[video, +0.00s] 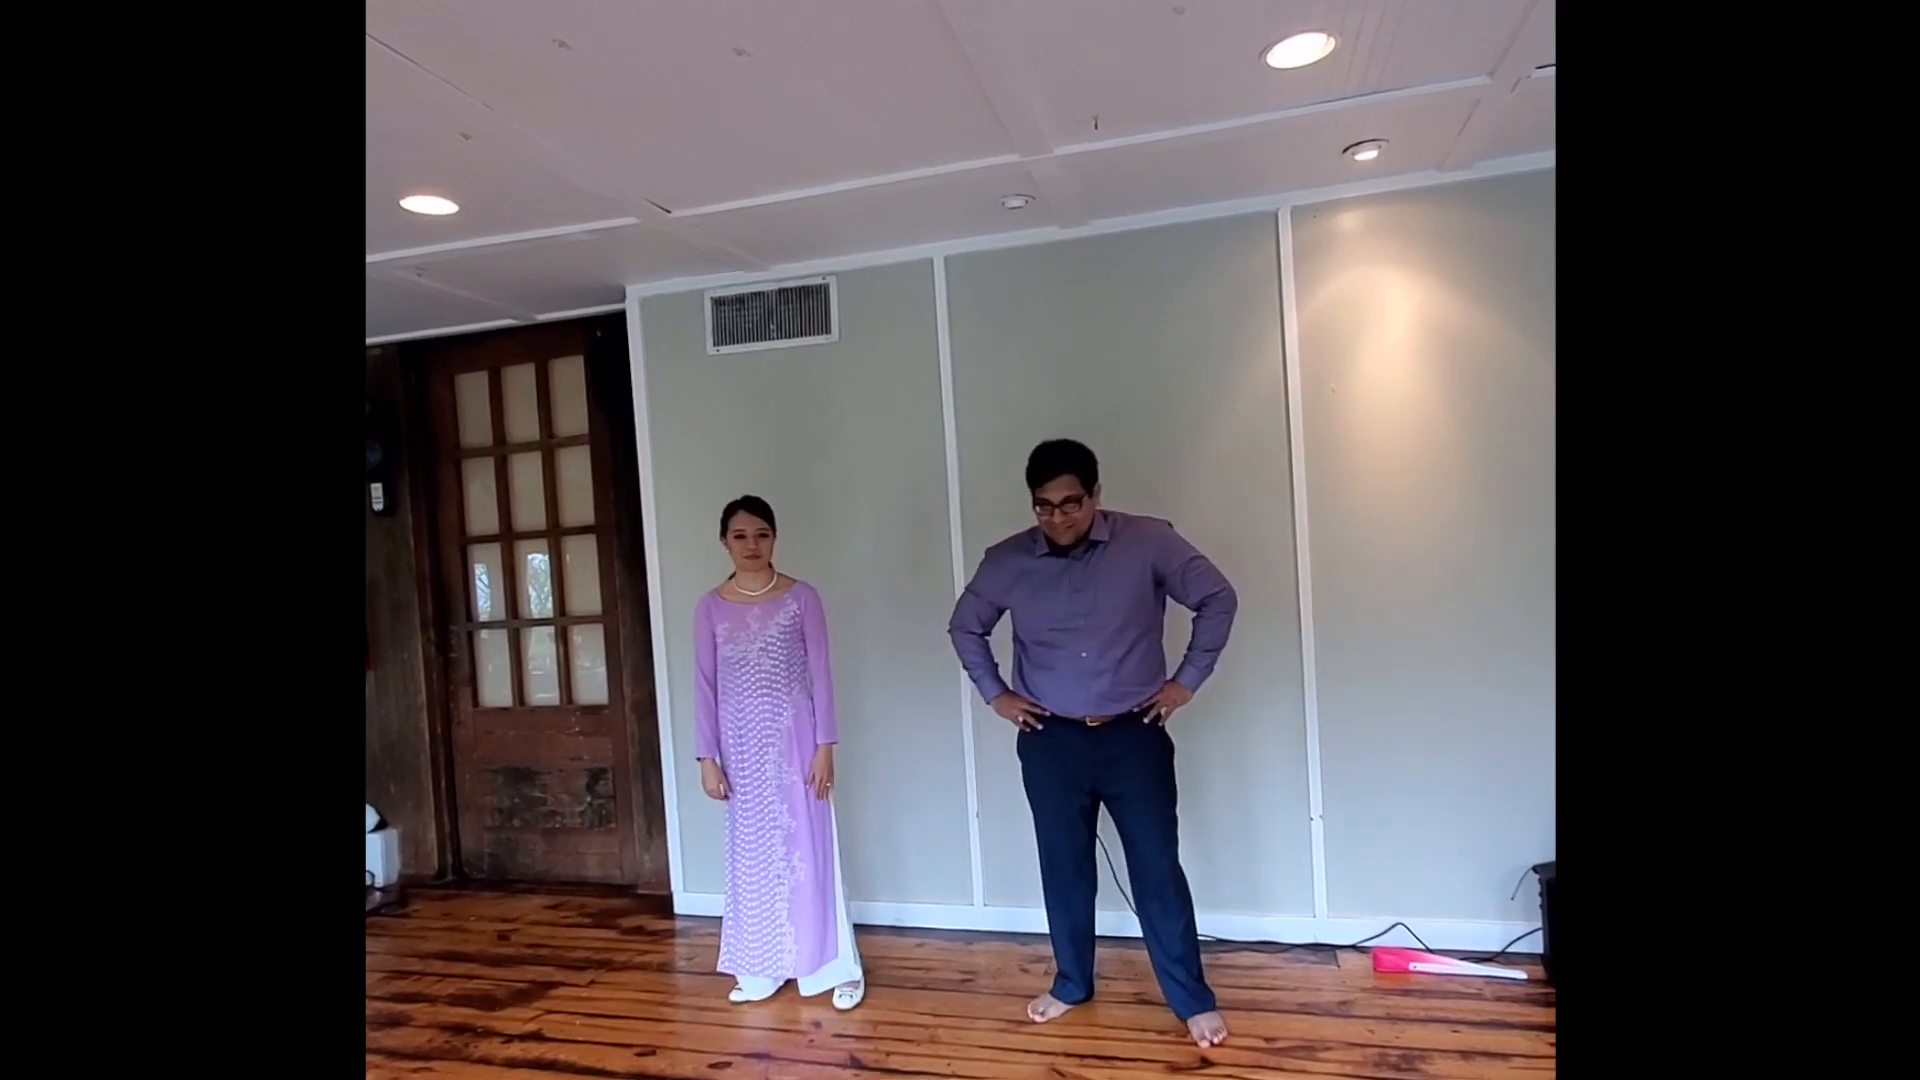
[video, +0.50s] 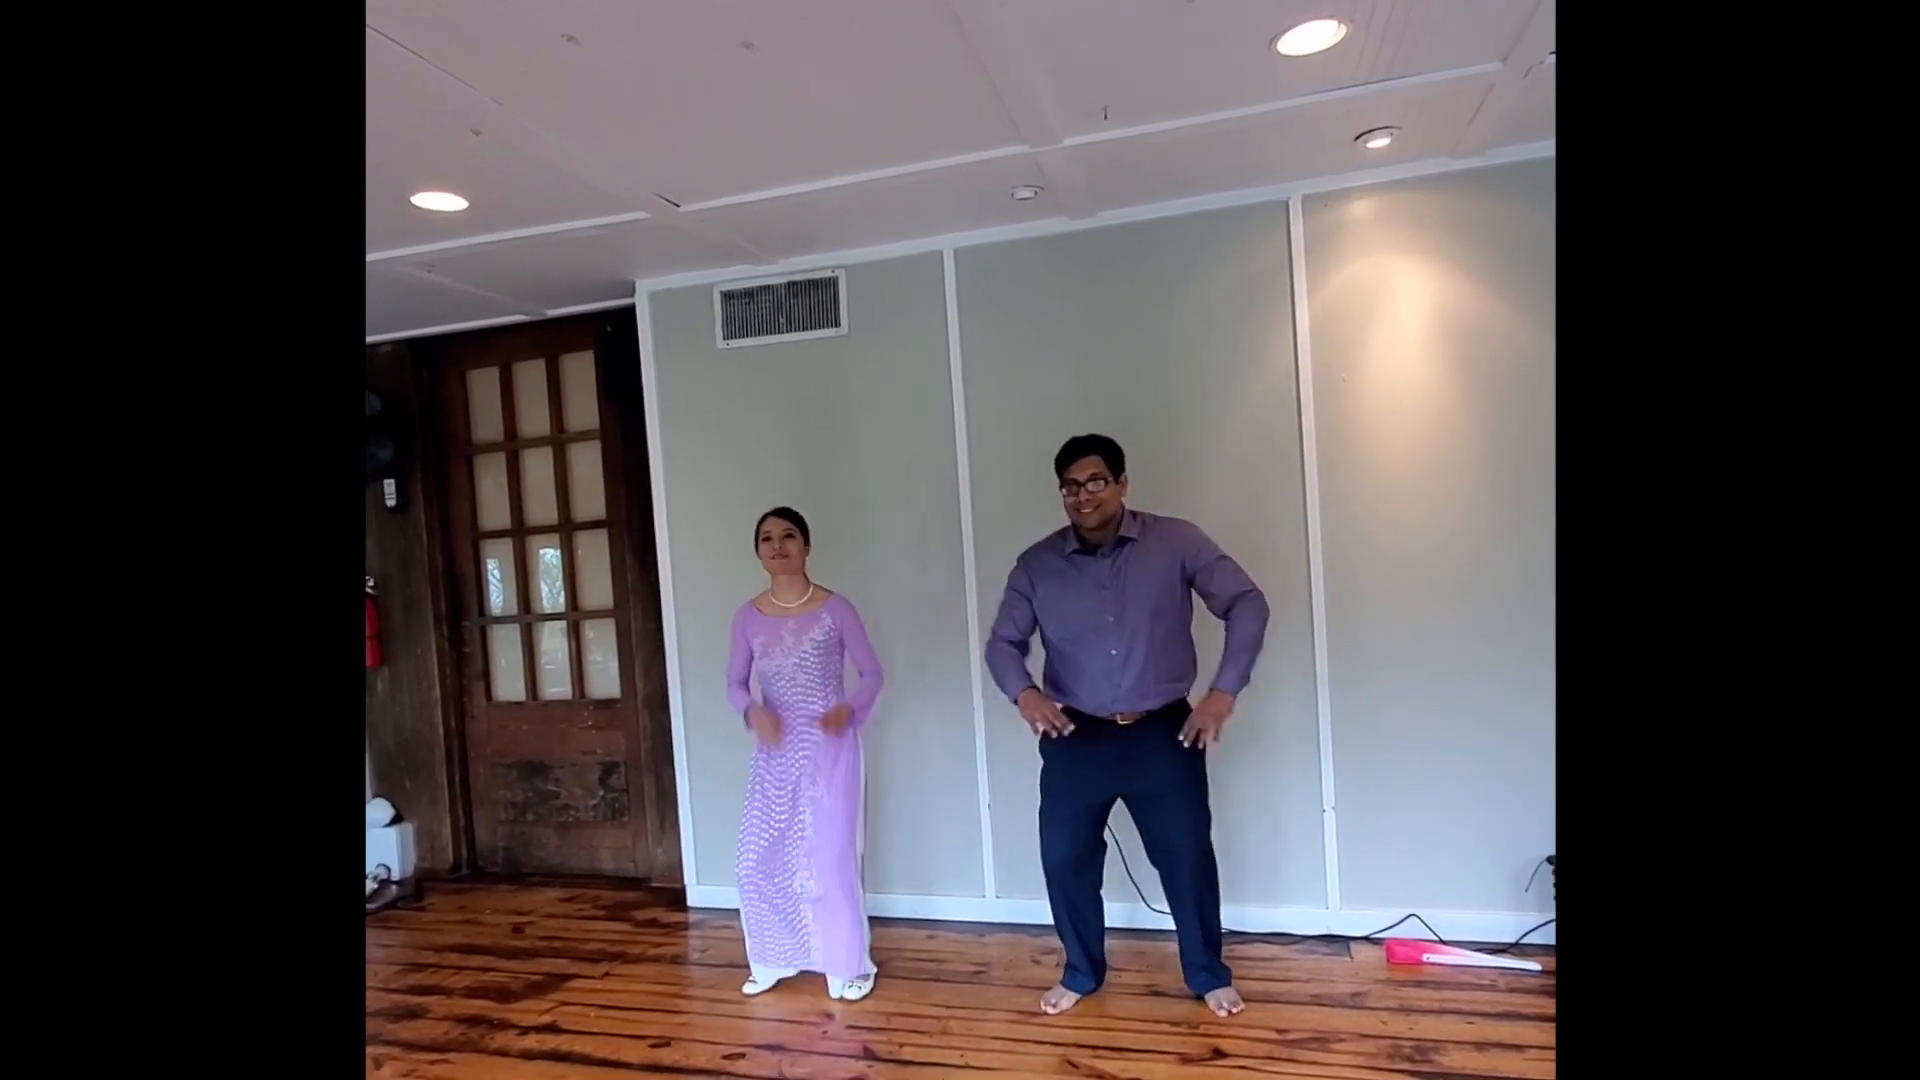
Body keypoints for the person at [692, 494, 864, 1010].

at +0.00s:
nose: (751, 544)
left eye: (761, 535)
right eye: (740, 536)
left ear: (775, 539)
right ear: (725, 542)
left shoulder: (802, 598)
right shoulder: (711, 607)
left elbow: (820, 677)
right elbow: (705, 686)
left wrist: (826, 746)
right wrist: (708, 755)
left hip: (795, 746)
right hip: (741, 752)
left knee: (810, 856)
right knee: (753, 858)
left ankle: (835, 968)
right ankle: (761, 969)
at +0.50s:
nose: (778, 546)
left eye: (788, 537)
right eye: (768, 540)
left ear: (806, 546)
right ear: (757, 552)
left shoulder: (836, 609)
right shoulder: (749, 617)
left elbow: (873, 675)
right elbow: (736, 683)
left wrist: (852, 709)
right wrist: (753, 710)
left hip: (828, 751)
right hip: (774, 755)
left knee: (831, 854)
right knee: (755, 856)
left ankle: (848, 966)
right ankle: (773, 958)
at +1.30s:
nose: (775, 576)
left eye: (786, 566)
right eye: (766, 567)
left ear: (805, 569)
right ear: (757, 570)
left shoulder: (828, 629)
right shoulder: (740, 632)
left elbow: (835, 707)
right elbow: (738, 713)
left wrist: (842, 775)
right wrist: (728, 782)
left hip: (820, 768)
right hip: (762, 770)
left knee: (847, 864)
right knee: (780, 873)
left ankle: (904, 970)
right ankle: (797, 970)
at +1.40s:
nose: (774, 571)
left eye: (785, 562)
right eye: (765, 562)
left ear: (803, 567)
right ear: (756, 567)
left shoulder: (829, 625)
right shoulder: (739, 632)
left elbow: (871, 684)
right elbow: (695, 698)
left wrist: (918, 729)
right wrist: (634, 738)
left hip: (821, 757)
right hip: (764, 761)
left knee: (847, 855)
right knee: (776, 864)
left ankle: (899, 962)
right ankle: (797, 960)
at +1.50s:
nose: (775, 549)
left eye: (785, 540)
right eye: (766, 541)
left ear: (806, 547)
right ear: (757, 550)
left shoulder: (831, 604)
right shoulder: (740, 610)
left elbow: (896, 627)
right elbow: (673, 643)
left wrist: (954, 614)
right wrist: (600, 635)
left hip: (824, 740)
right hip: (768, 744)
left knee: (842, 848)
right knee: (780, 854)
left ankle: (873, 951)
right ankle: (796, 960)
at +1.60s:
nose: (780, 526)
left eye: (790, 518)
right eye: (771, 519)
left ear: (811, 527)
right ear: (763, 528)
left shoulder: (830, 568)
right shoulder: (746, 580)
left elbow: (899, 555)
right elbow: (669, 584)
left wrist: (951, 521)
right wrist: (607, 555)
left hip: (826, 719)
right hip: (772, 723)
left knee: (834, 832)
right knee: (756, 839)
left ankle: (850, 947)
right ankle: (799, 938)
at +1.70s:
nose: (786, 530)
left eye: (797, 523)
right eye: (778, 524)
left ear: (817, 537)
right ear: (769, 538)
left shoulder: (834, 585)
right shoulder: (757, 596)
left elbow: (889, 543)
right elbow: (693, 573)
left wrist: (941, 495)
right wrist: (623, 533)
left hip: (832, 723)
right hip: (778, 728)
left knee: (829, 842)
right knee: (711, 816)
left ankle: (841, 956)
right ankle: (790, 881)